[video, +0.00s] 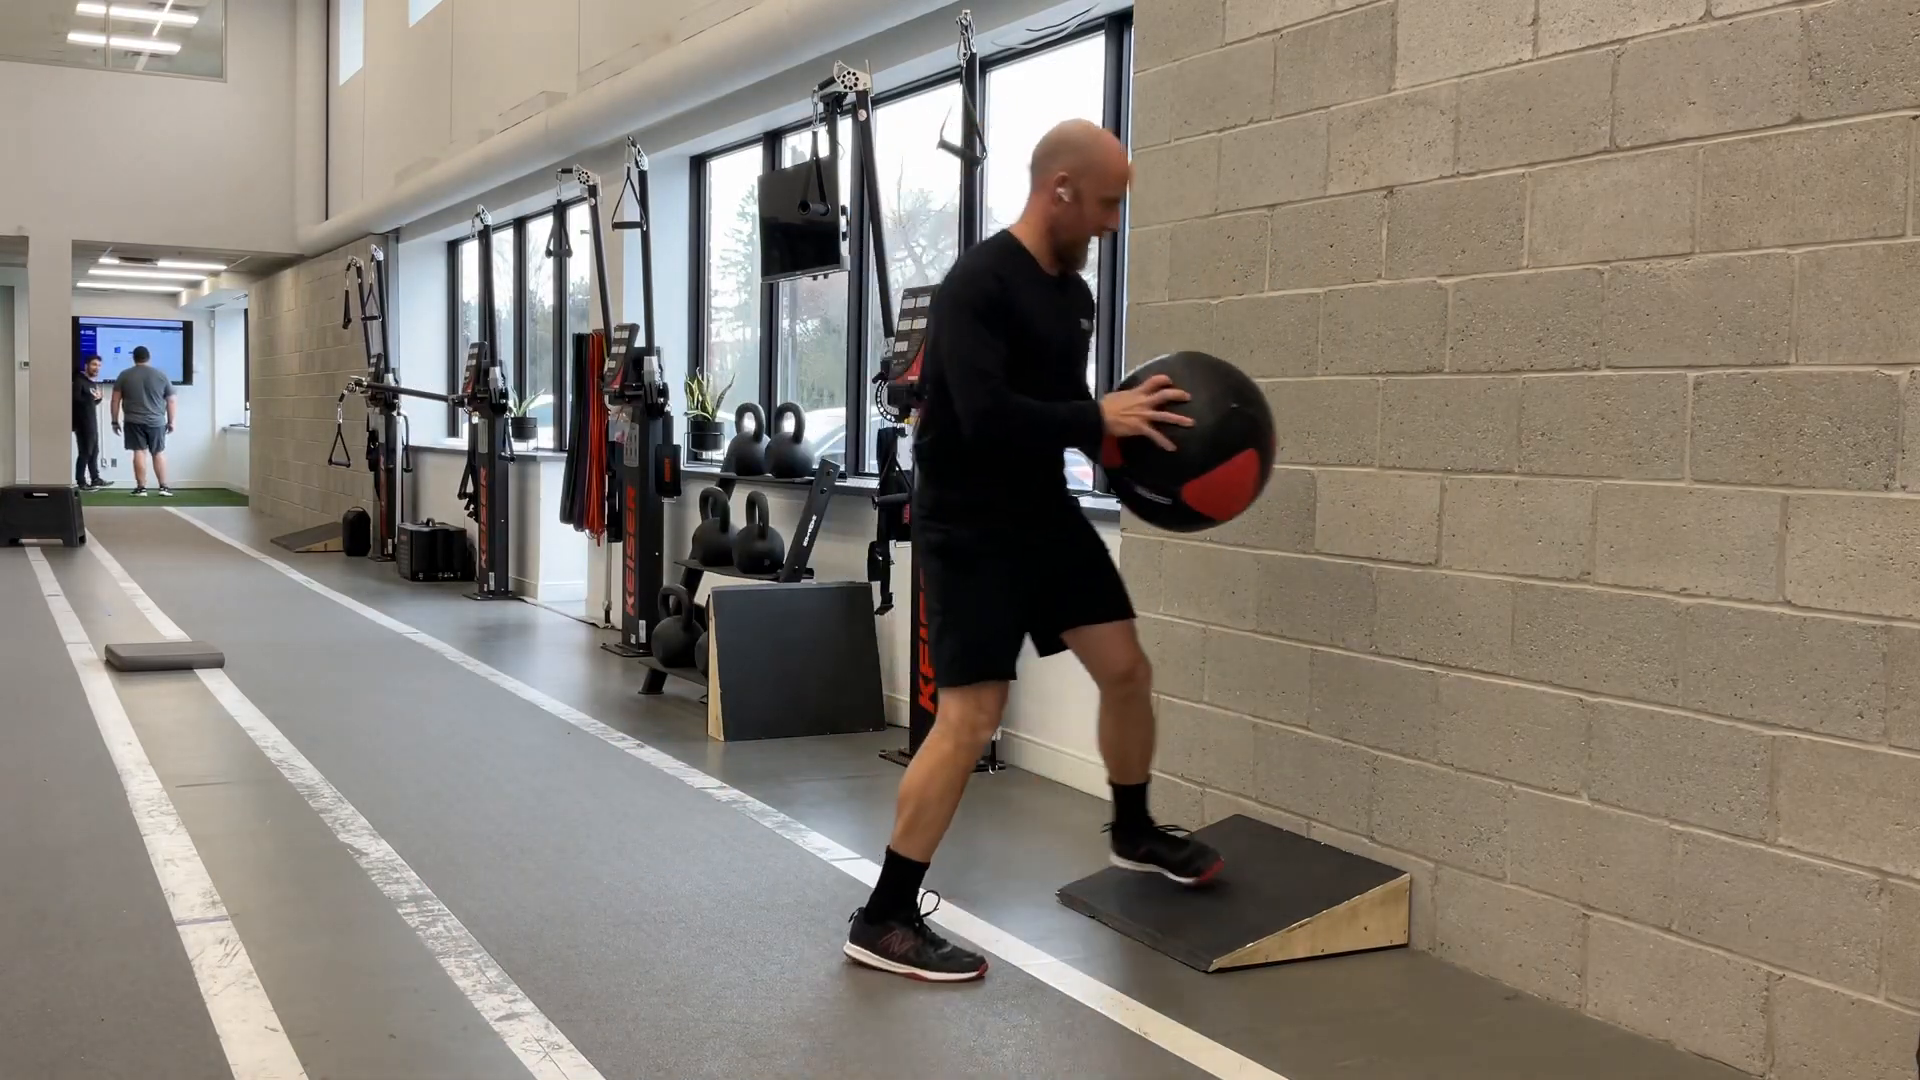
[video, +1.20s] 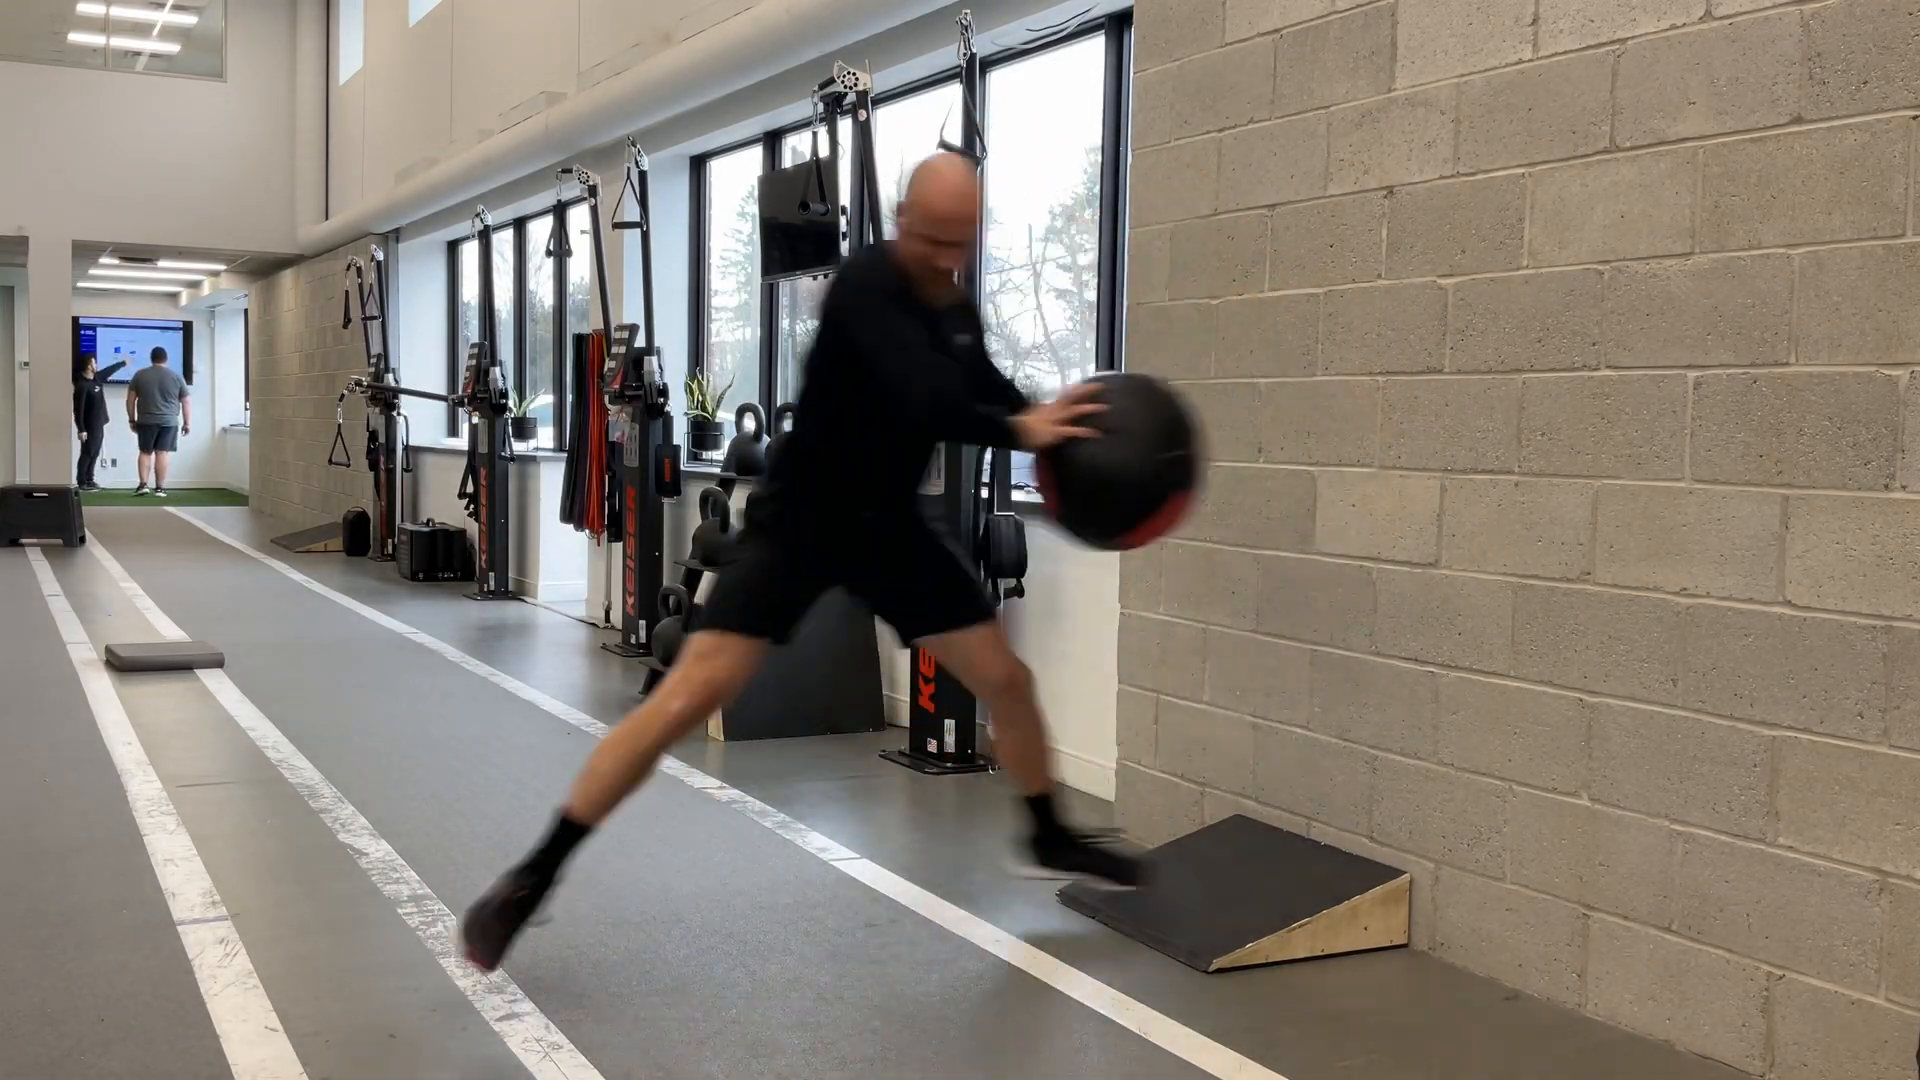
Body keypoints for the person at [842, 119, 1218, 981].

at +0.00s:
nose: (1116, 221)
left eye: (1121, 204)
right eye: (1109, 204)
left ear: (1064, 195)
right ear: (1057, 193)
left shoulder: (1069, 295)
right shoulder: (976, 281)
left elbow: (1062, 412)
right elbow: (981, 410)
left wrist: (1138, 454)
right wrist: (1094, 418)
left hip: (1043, 514)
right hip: (965, 526)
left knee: (1126, 671)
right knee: (968, 717)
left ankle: (1134, 830)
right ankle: (885, 916)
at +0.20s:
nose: (1204, 274)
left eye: (1212, 258)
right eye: (1197, 255)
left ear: (1166, 239)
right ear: (1146, 232)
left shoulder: (1155, 315)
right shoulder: (1070, 309)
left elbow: (1133, 426)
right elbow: (1077, 440)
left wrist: (1202, 466)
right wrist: (1173, 428)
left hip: (1103, 508)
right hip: (1028, 512)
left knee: (1164, 672)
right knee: (1068, 692)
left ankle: (1143, 845)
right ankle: (956, 873)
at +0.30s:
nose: (1232, 304)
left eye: (1241, 290)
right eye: (1224, 287)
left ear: (1196, 268)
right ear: (1178, 261)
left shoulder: (1187, 324)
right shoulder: (1102, 332)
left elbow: (1158, 432)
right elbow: (1120, 468)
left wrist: (1224, 447)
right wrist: (1209, 439)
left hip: (1118, 510)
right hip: (1043, 512)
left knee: (1178, 674)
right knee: (1121, 672)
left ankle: (1144, 845)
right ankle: (1040, 849)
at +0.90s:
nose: (1233, 404)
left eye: (1245, 392)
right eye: (1225, 386)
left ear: (1261, 373)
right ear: (1185, 353)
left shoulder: (1194, 395)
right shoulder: (1136, 403)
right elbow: (1187, 537)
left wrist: (1293, 455)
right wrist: (1224, 467)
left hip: (1093, 556)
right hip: (1012, 554)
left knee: (1197, 692)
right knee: (1069, 714)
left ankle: (1146, 845)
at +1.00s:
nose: (1179, 364)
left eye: (1188, 350)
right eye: (1169, 347)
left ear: (1192, 334)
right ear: (1125, 324)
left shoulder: (1125, 373)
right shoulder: (1092, 394)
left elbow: (1169, 421)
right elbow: (1169, 509)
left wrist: (1251, 439)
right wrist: (1215, 455)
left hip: (1056, 562)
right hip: (969, 563)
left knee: (1171, 695)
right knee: (943, 723)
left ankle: (1144, 848)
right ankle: (837, 873)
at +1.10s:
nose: (1062, 293)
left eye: (1074, 278)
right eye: (1047, 275)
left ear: (1084, 272)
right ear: (1013, 261)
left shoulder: (1052, 344)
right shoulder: (990, 337)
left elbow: (1102, 413)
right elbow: (1083, 445)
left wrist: (1170, 446)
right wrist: (1162, 442)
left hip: (982, 542)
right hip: (891, 536)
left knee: (1090, 695)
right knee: (811, 690)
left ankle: (1138, 846)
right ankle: (690, 868)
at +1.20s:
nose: (946, 258)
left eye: (961, 244)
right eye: (931, 239)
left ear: (977, 235)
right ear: (898, 220)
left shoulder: (952, 304)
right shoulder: (863, 286)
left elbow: (984, 395)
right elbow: (914, 389)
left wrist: (1049, 427)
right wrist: (1013, 429)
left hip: (889, 524)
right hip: (799, 519)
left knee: (1005, 678)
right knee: (694, 692)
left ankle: (1051, 837)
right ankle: (532, 879)